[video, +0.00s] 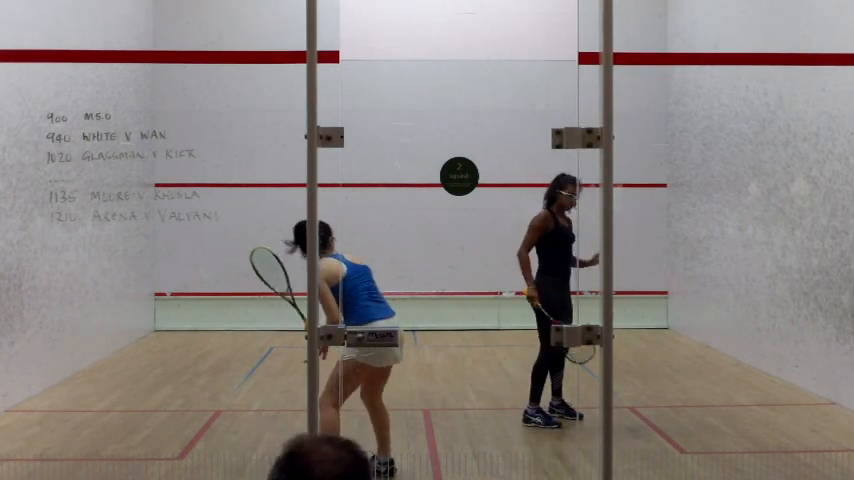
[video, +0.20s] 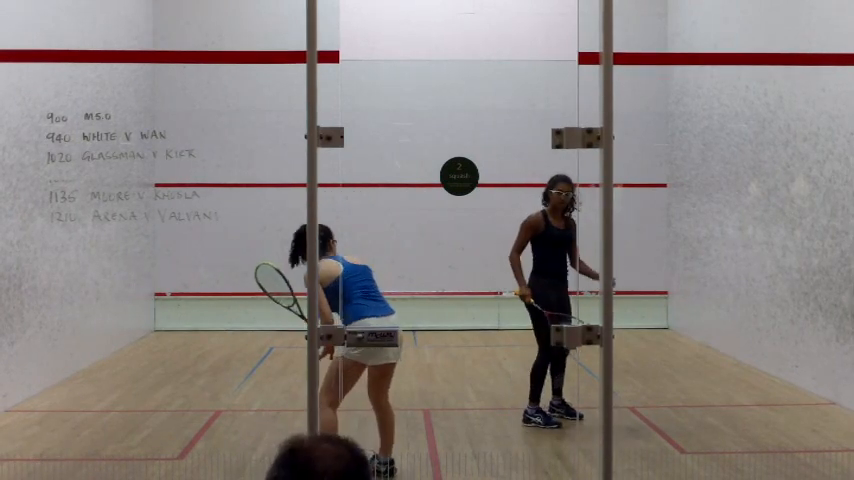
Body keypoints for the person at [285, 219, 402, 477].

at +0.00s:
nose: (304, 256)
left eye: (304, 250)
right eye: (334, 238)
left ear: (305, 248)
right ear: (332, 241)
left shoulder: (320, 270)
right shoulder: (354, 261)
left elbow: (334, 318)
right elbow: (355, 309)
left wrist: (324, 341)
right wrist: (327, 335)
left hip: (364, 340)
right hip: (391, 335)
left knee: (328, 402)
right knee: (373, 397)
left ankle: (329, 465)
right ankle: (384, 461)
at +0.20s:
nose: (337, 245)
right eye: (336, 242)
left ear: (307, 251)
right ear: (332, 244)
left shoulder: (314, 271)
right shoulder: (355, 263)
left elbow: (326, 316)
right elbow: (361, 303)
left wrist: (329, 343)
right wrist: (334, 336)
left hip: (360, 334)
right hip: (391, 331)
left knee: (327, 401)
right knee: (380, 397)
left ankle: (328, 463)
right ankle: (385, 461)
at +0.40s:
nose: (336, 247)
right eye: (335, 244)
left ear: (306, 251)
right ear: (332, 246)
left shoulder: (311, 271)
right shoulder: (355, 265)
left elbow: (316, 319)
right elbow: (358, 310)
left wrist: (319, 350)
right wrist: (331, 344)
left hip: (355, 333)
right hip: (387, 330)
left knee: (322, 403)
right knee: (376, 396)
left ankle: (327, 464)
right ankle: (385, 460)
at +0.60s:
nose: (334, 248)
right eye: (332, 246)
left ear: (301, 252)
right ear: (329, 247)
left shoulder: (306, 274)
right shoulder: (353, 267)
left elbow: (310, 319)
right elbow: (352, 314)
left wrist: (310, 342)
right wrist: (319, 340)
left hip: (348, 336)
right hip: (380, 333)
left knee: (313, 404)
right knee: (371, 397)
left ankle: (326, 465)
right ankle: (383, 462)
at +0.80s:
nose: (331, 247)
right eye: (329, 245)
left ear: (299, 252)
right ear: (326, 246)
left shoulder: (303, 273)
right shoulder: (349, 264)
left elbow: (306, 320)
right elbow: (348, 311)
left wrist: (307, 341)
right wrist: (314, 338)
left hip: (343, 335)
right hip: (377, 331)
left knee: (312, 404)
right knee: (371, 396)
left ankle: (328, 463)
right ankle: (381, 461)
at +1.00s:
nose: (331, 246)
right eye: (329, 243)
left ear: (299, 250)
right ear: (326, 244)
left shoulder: (303, 273)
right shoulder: (349, 264)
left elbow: (308, 319)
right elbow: (350, 308)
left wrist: (307, 341)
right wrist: (314, 337)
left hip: (344, 335)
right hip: (378, 330)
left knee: (312, 404)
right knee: (371, 396)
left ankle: (324, 463)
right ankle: (382, 461)